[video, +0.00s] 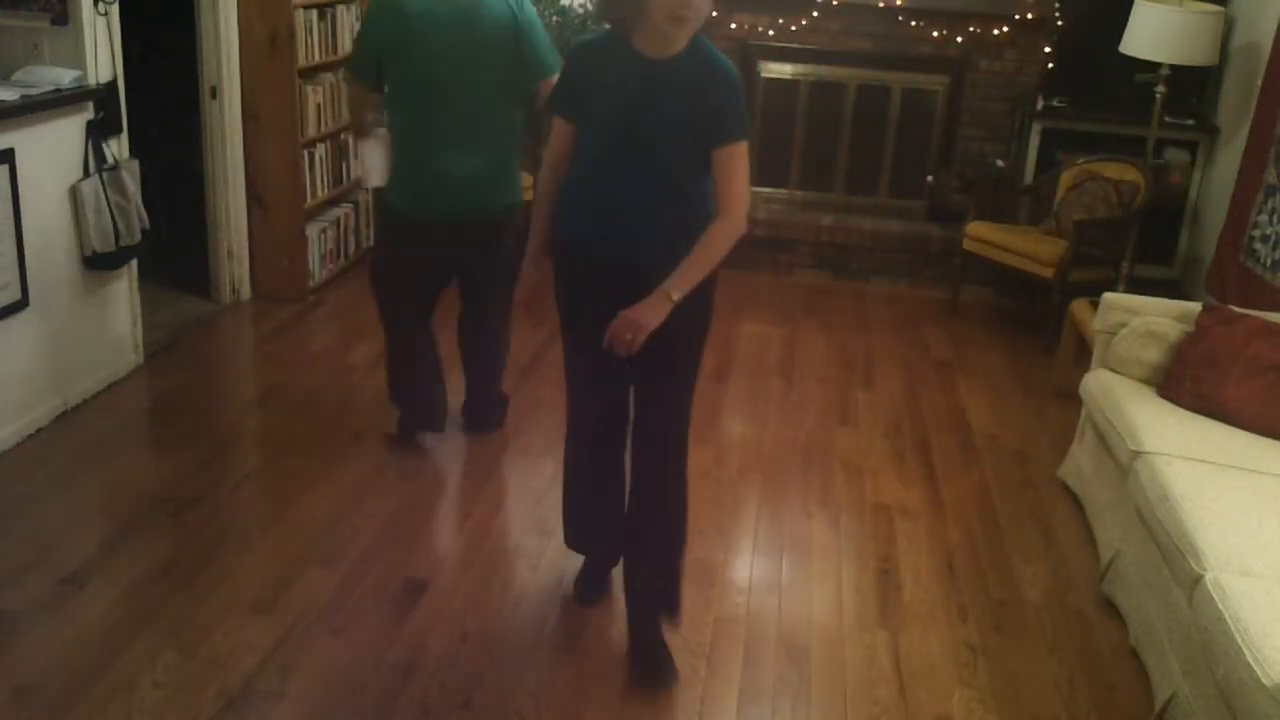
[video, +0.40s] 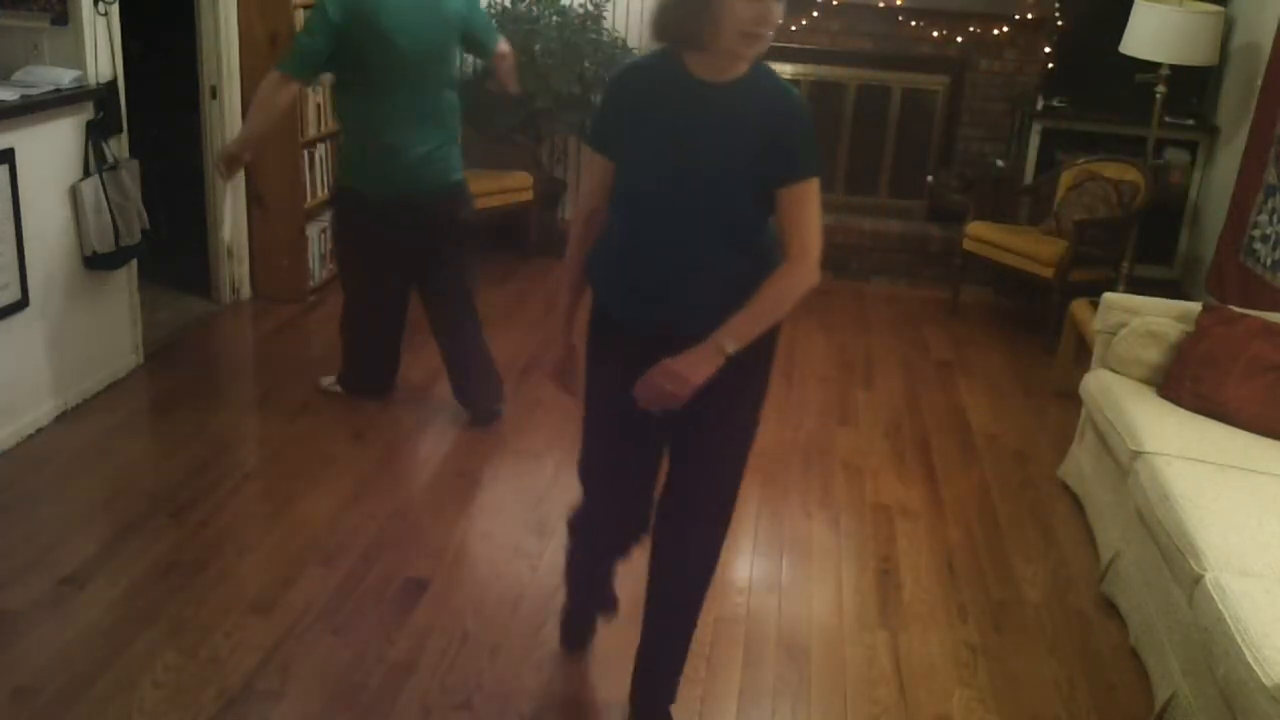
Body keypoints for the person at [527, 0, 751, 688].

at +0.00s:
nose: (693, 4)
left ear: (708, 7)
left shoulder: (716, 81)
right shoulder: (590, 60)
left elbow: (734, 217)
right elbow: (553, 165)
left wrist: (661, 300)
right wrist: (536, 252)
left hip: (676, 283)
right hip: (587, 271)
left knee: (661, 438)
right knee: (594, 422)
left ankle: (650, 611)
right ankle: (598, 547)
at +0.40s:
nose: (767, 15)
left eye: (775, 3)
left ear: (783, 15)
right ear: (702, 4)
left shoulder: (779, 109)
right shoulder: (634, 86)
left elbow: (803, 264)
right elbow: (588, 215)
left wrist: (710, 353)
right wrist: (564, 330)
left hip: (733, 344)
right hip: (626, 330)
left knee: (693, 538)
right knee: (614, 512)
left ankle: (653, 700)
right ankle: (583, 598)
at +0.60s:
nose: (819, 23)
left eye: (826, 9)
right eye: (803, 3)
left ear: (823, 22)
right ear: (750, 5)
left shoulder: (817, 122)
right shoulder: (665, 100)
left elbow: (852, 280)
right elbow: (607, 233)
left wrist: (801, 387)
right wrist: (577, 349)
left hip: (755, 365)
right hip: (653, 351)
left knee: (703, 574)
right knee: (659, 563)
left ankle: (667, 709)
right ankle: (654, 703)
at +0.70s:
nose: (849, 38)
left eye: (855, 22)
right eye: (835, 17)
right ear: (778, 16)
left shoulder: (841, 137)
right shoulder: (684, 114)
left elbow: (884, 285)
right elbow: (618, 248)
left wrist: (878, 400)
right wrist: (578, 365)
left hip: (783, 374)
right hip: (672, 364)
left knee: (712, 574)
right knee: (697, 580)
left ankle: (655, 703)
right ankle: (720, 709)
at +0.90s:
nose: (925, 48)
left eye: (928, 31)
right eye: (916, 27)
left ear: (872, 36)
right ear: (863, 28)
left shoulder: (888, 149)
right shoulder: (748, 134)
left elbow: (931, 301)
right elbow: (658, 285)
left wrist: (1002, 421)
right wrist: (613, 431)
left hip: (836, 412)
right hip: (736, 409)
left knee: (803, 620)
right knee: (768, 631)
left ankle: (675, 692)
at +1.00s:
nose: (973, 49)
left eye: (976, 32)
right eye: (965, 27)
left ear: (921, 38)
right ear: (913, 29)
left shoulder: (907, 146)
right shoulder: (794, 141)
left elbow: (949, 312)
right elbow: (694, 307)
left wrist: (1034, 437)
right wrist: (665, 467)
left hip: (859, 430)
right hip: (771, 428)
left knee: (869, 637)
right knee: (795, 665)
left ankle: (718, 709)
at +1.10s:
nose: (1017, 56)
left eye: (1022, 37)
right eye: (1012, 33)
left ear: (954, 38)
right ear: (960, 35)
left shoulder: (911, 143)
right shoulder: (852, 145)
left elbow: (949, 313)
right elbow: (755, 319)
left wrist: (1033, 435)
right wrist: (755, 505)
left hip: (879, 442)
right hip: (823, 445)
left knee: (917, 629)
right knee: (829, 658)